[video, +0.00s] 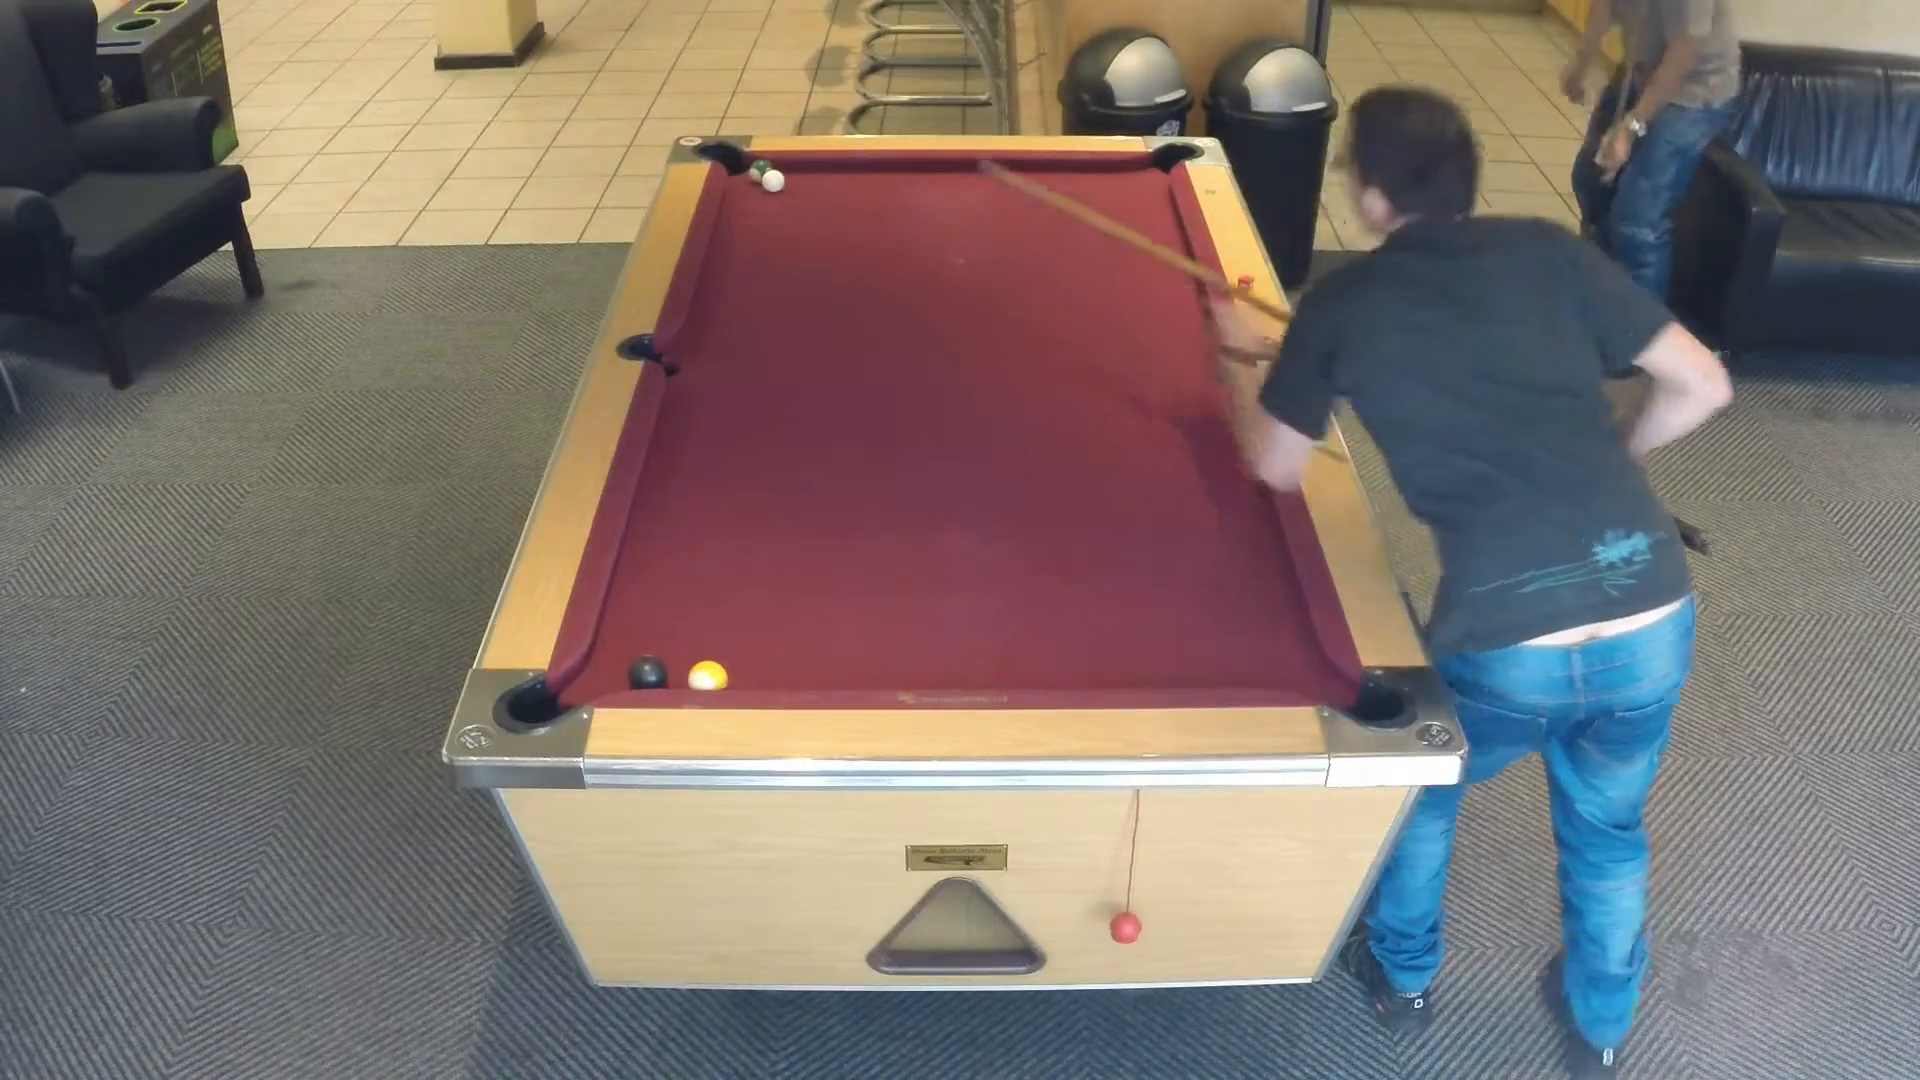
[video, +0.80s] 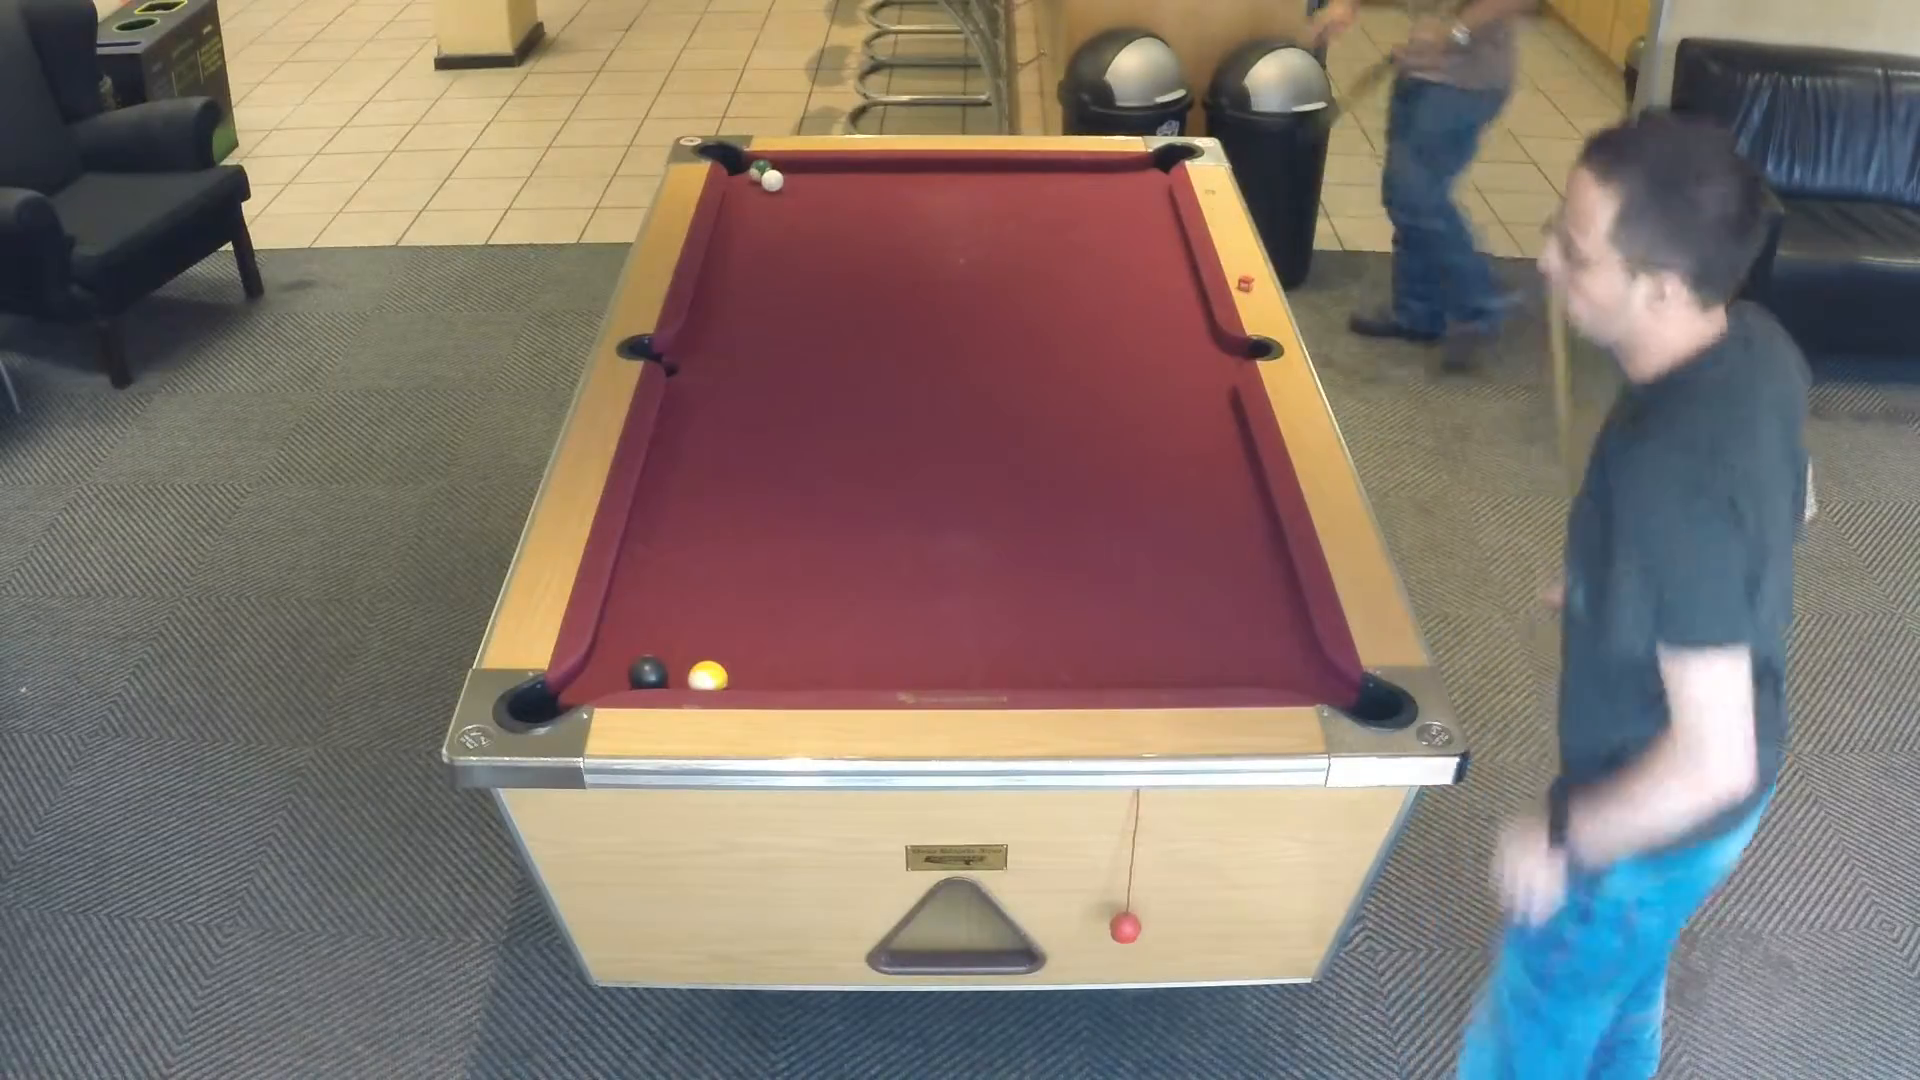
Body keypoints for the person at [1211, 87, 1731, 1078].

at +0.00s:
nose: (1341, 189)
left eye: (1346, 175)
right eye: (1346, 171)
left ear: (1370, 194)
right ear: (1463, 180)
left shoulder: (1343, 300)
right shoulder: (1550, 251)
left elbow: (1277, 466)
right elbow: (1702, 385)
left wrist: (1247, 378)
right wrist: (1604, 446)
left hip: (1508, 640)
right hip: (1652, 621)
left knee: (1424, 780)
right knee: (1610, 831)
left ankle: (1404, 966)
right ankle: (1605, 1019)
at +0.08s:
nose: (1370, 167)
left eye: (1376, 154)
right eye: (1374, 150)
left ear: (1398, 176)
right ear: (1494, 163)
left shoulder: (1365, 295)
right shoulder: (1584, 245)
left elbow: (1341, 493)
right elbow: (1719, 394)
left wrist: (1374, 413)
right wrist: (1611, 453)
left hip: (1519, 637)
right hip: (1662, 621)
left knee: (1436, 792)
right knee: (1606, 841)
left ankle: (1403, 973)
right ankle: (1602, 1042)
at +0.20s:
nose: (1419, 149)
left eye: (1430, 138)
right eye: (1426, 132)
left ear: (1464, 166)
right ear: (1548, 147)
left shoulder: (1420, 297)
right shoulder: (1636, 248)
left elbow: (1416, 510)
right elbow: (1743, 423)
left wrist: (1503, 473)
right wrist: (1638, 464)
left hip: (1546, 661)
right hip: (1684, 639)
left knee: (1450, 817)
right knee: (1606, 859)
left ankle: (1402, 969)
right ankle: (1613, 1060)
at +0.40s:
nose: (1504, 176)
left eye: (1521, 161)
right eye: (1510, 155)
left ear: (1582, 182)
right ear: (1638, 176)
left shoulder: (1556, 340)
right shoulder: (1737, 285)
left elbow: (1503, 578)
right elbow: (1753, 454)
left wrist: (1470, 497)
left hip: (1597, 728)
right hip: (1723, 706)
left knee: (1473, 865)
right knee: (1622, 911)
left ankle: (1404, 985)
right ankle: (1612, 1066)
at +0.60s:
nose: (1551, 202)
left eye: (1577, 192)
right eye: (1561, 180)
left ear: (1656, 227)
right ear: (1676, 227)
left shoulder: (1635, 393)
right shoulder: (1771, 312)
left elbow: (1632, 661)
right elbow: (1757, 510)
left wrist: (1539, 622)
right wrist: (1611, 589)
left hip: (1634, 773)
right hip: (1741, 724)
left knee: (1477, 967)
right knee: (1629, 946)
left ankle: (1454, 1069)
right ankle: (1615, 1068)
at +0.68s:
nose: (1556, 222)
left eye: (1581, 213)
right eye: (1566, 200)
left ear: (1664, 247)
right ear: (1686, 249)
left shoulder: (1648, 422)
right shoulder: (1769, 321)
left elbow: (1677, 694)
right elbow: (1792, 511)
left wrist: (1560, 704)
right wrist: (1620, 561)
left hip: (1640, 793)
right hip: (1738, 750)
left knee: (1486, 993)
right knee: (1628, 960)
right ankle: (1614, 1067)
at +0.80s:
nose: (1544, 256)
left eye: (1571, 248)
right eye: (1556, 231)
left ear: (1660, 289)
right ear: (1674, 286)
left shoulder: (1677, 467)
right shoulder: (1752, 342)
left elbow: (1717, 760)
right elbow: (1788, 510)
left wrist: (1563, 840)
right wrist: (1613, 581)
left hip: (1652, 808)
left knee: (1521, 1044)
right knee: (1621, 1002)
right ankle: (1617, 1065)